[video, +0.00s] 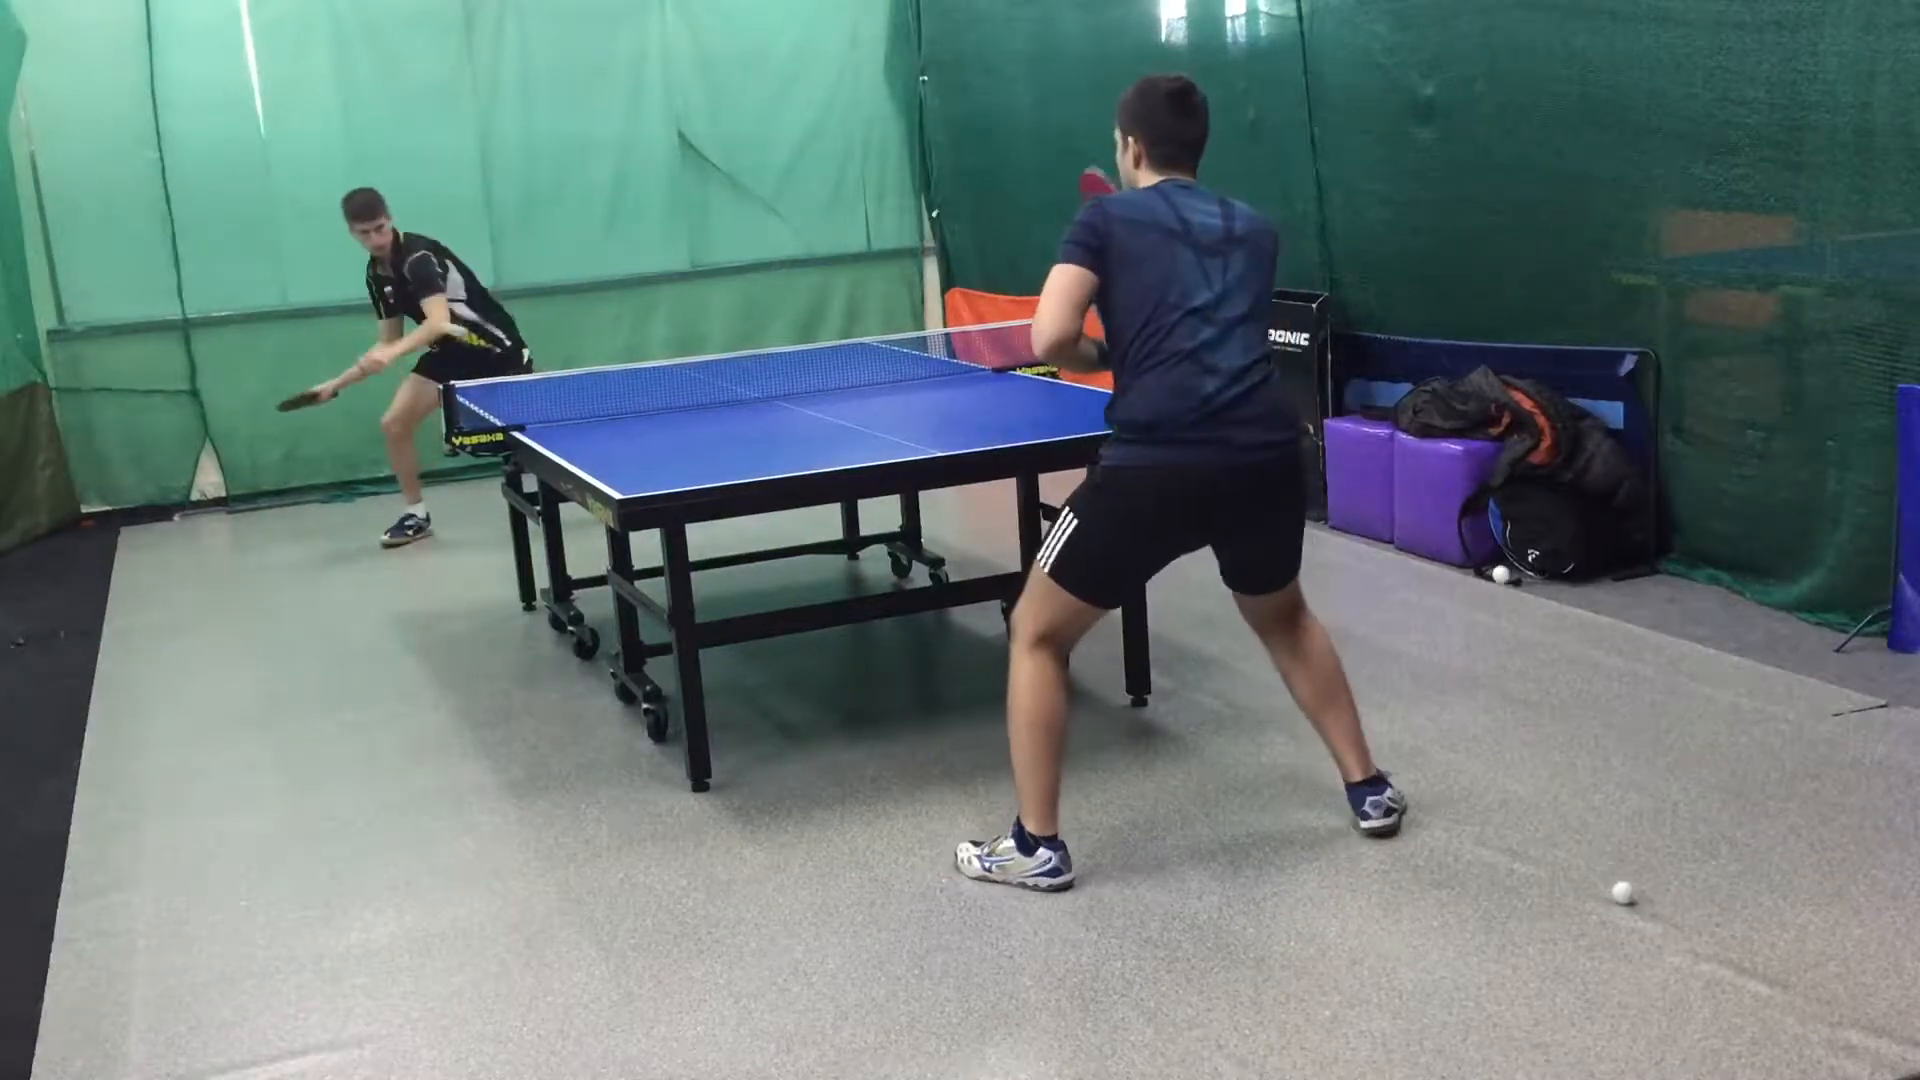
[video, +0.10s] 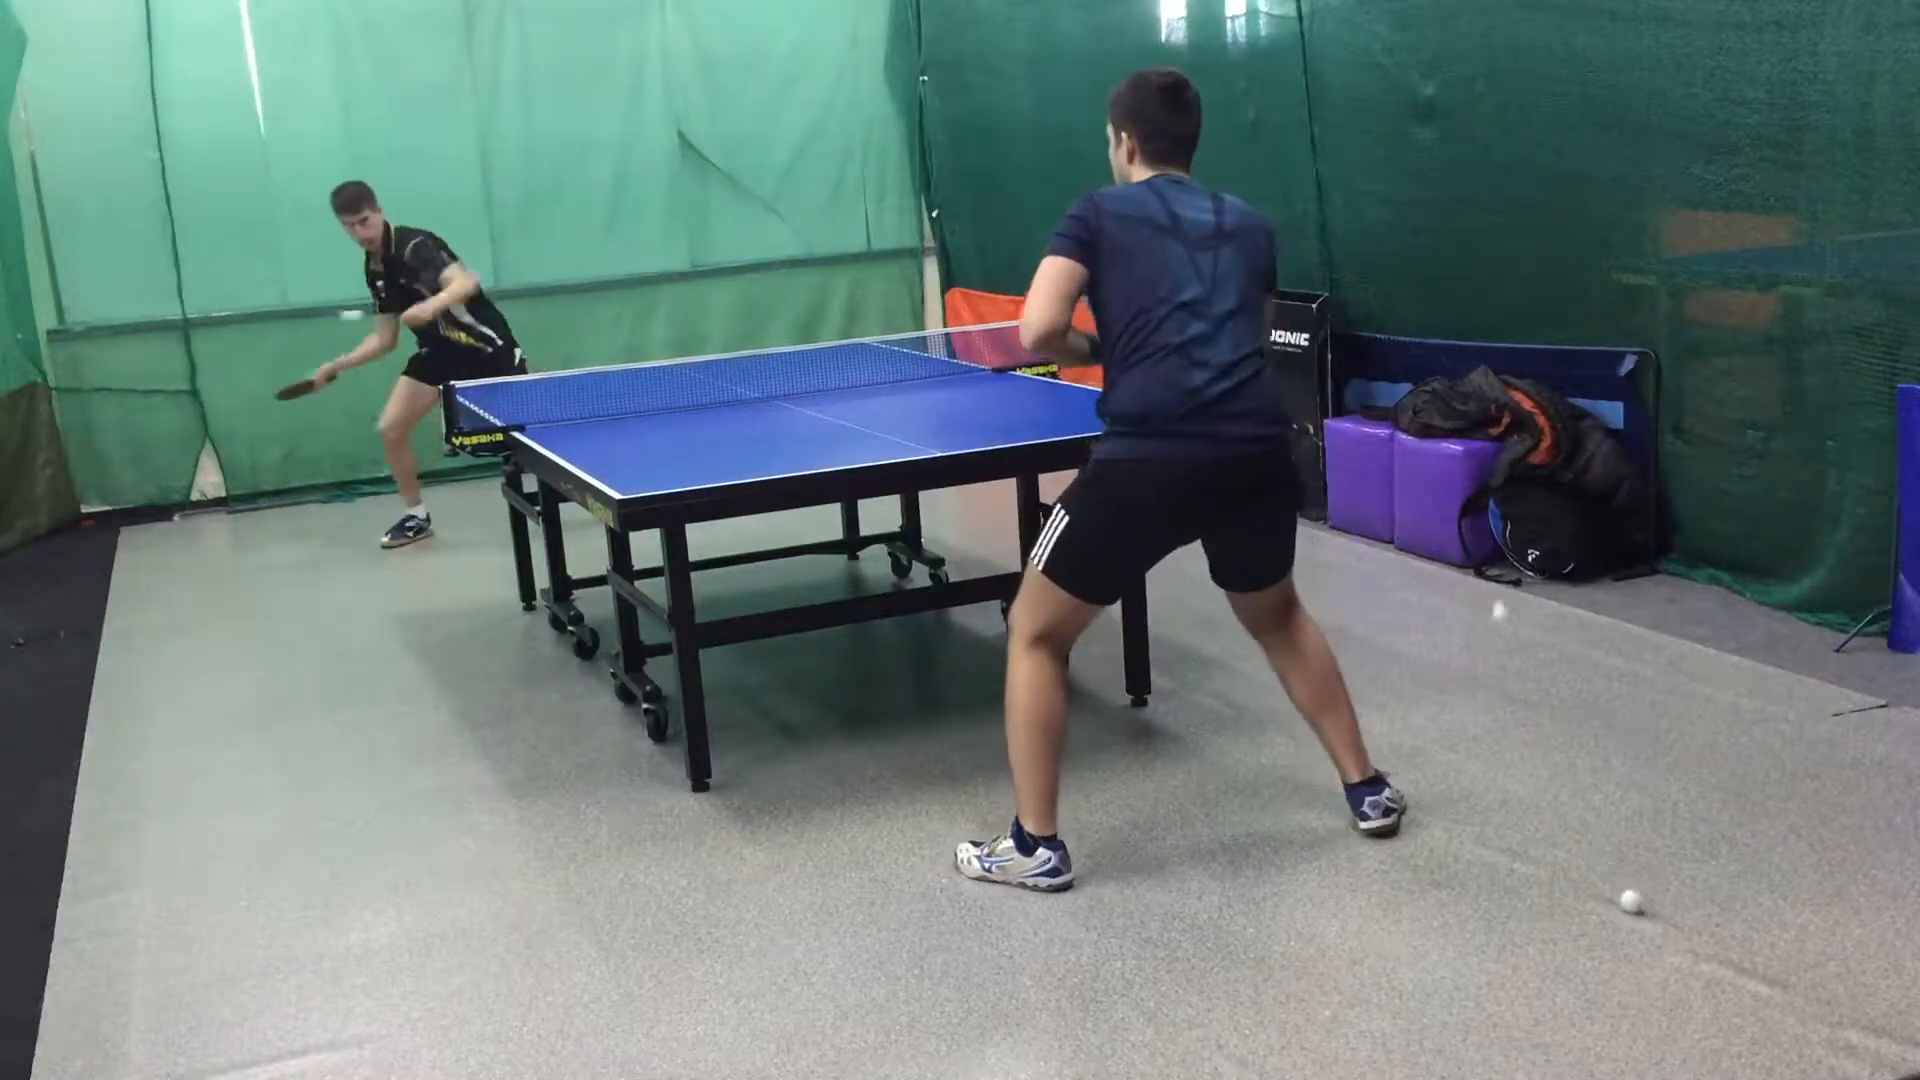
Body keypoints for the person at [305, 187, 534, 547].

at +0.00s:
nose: (375, 240)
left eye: (380, 229)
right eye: (364, 234)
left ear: (390, 219)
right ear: (352, 233)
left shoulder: (418, 256)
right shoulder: (376, 273)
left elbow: (439, 324)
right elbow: (388, 344)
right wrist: (336, 385)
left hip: (501, 350)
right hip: (451, 351)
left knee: (530, 431)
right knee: (395, 425)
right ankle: (416, 513)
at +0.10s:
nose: (359, 233)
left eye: (364, 222)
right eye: (350, 226)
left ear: (380, 212)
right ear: (343, 227)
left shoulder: (415, 245)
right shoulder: (374, 268)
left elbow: (466, 282)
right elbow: (385, 338)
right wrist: (336, 366)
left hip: (491, 349)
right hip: (439, 352)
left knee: (530, 426)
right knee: (392, 428)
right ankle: (416, 515)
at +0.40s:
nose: (406, 184)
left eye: (411, 175)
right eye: (396, 179)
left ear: (425, 170)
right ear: (387, 182)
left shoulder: (462, 210)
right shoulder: (394, 228)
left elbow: (522, 243)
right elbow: (429, 259)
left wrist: (547, 230)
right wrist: (453, 206)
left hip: (481, 342)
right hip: (429, 353)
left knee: (551, 398)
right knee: (420, 441)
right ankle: (389, 523)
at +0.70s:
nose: (408, 194)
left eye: (412, 184)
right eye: (397, 188)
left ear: (421, 179)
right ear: (382, 190)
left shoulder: (454, 219)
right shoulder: (381, 242)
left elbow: (505, 272)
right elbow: (380, 304)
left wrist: (514, 310)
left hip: (485, 323)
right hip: (436, 332)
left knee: (541, 396)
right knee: (400, 422)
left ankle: (566, 480)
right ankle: (406, 516)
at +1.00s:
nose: (389, 215)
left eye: (395, 204)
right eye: (380, 207)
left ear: (410, 197)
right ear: (373, 207)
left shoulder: (445, 231)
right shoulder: (394, 253)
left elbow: (499, 273)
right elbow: (399, 322)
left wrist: (470, 297)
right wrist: (351, 339)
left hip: (500, 336)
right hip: (449, 341)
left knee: (536, 419)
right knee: (407, 424)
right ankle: (410, 518)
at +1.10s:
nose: (416, 187)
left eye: (420, 176)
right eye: (408, 180)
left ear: (437, 170)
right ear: (403, 184)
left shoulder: (484, 205)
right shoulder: (410, 229)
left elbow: (544, 242)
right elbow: (408, 288)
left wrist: (512, 239)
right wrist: (415, 276)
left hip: (511, 332)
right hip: (456, 343)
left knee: (559, 406)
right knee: (427, 431)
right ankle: (414, 517)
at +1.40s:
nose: (477, 181)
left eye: (482, 172)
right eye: (467, 175)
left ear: (492, 169)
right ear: (454, 179)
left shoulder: (521, 209)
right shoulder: (454, 226)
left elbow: (575, 247)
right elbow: (463, 285)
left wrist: (615, 255)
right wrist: (507, 242)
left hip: (529, 336)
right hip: (477, 347)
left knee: (592, 390)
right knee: (445, 436)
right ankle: (401, 519)